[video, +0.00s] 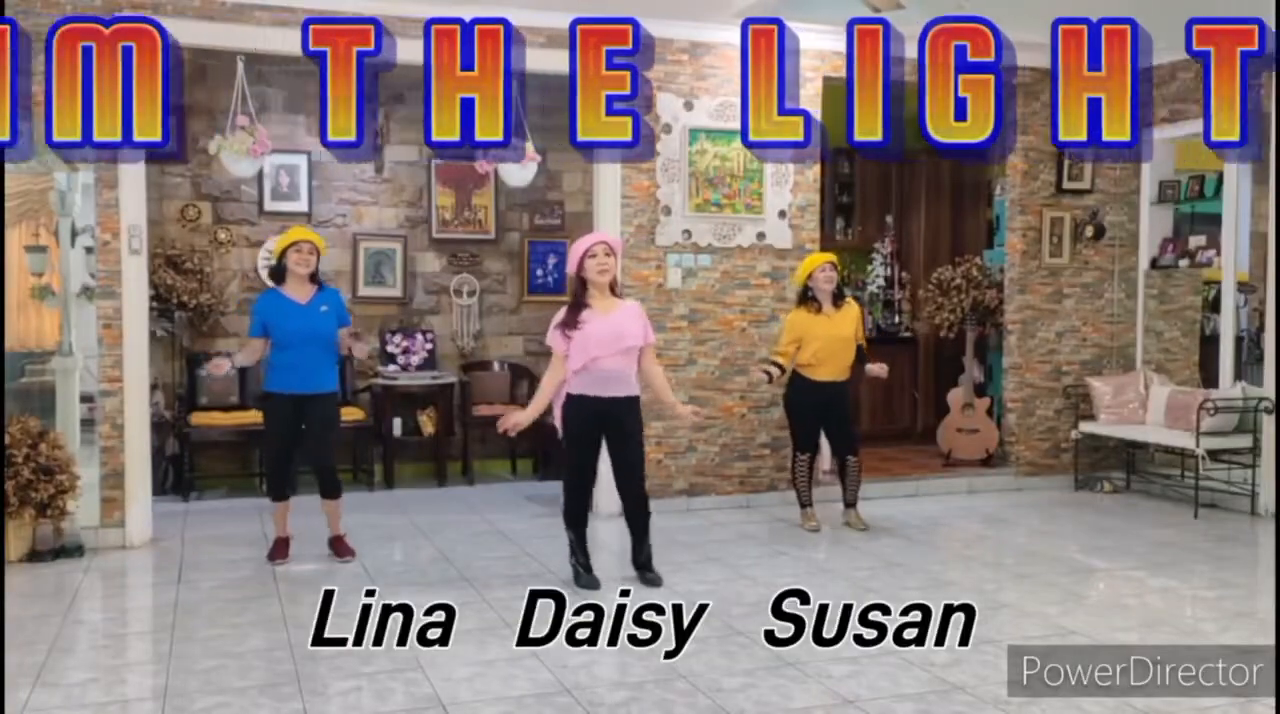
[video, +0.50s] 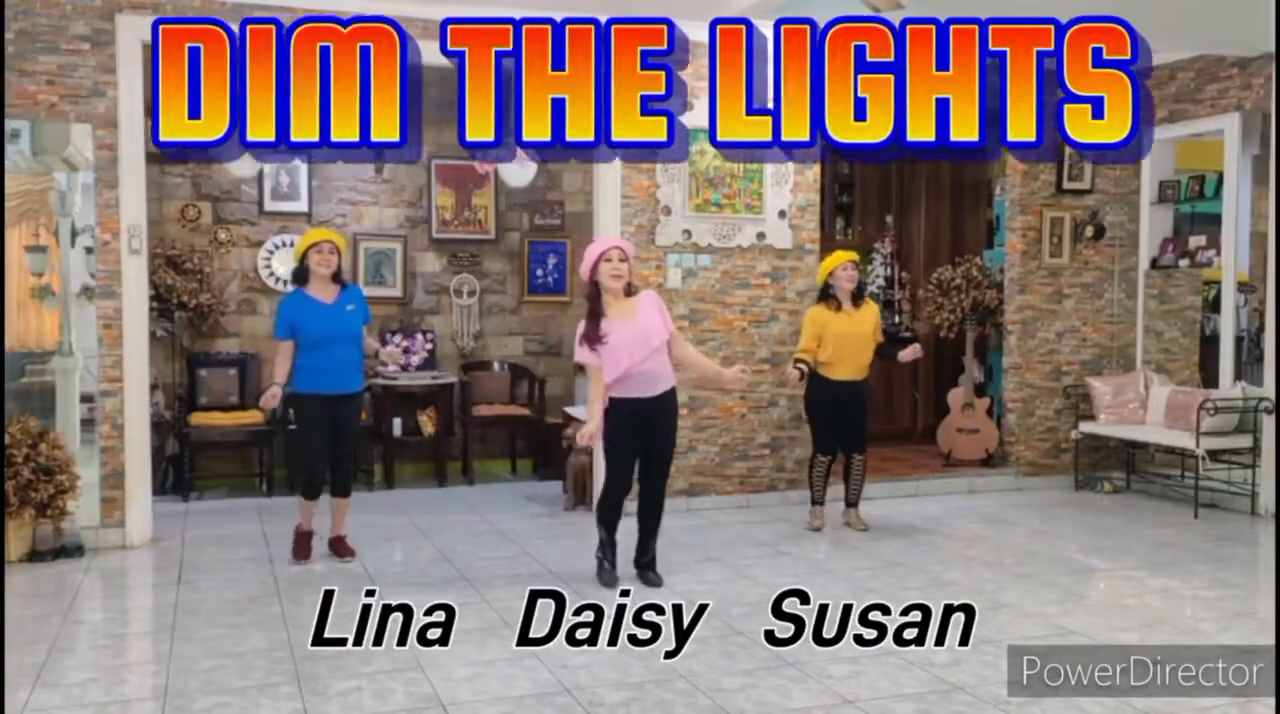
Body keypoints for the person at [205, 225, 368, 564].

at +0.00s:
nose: (304, 257)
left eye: (310, 252)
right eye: (297, 251)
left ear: (318, 260)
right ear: (283, 257)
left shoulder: (332, 298)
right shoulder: (267, 301)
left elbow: (344, 341)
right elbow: (256, 347)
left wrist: (355, 347)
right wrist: (231, 361)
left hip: (323, 395)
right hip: (280, 396)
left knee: (325, 463)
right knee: (278, 465)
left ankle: (337, 535)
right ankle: (281, 537)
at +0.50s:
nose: (325, 257)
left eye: (331, 252)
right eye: (318, 252)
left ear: (339, 259)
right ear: (306, 259)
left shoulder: (354, 296)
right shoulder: (292, 303)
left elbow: (363, 338)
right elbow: (284, 351)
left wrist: (379, 351)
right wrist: (277, 385)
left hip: (348, 395)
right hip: (308, 396)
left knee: (343, 466)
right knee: (312, 467)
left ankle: (338, 535)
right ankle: (304, 531)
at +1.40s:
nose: (302, 256)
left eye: (308, 251)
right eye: (295, 251)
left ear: (316, 259)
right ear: (283, 258)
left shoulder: (324, 303)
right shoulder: (263, 295)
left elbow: (325, 349)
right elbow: (244, 336)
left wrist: (349, 357)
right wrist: (234, 362)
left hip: (309, 396)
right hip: (265, 395)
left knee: (320, 463)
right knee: (265, 465)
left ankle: (335, 534)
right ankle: (267, 538)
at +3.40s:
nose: (308, 254)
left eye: (313, 248)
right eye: (300, 250)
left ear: (323, 256)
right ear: (290, 259)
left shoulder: (336, 298)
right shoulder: (277, 297)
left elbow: (342, 346)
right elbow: (255, 338)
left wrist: (373, 340)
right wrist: (273, 356)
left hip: (329, 394)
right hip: (288, 394)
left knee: (329, 465)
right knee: (281, 466)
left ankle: (331, 536)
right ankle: (259, 538)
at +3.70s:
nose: (290, 255)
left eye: (296, 250)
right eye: (283, 250)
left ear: (306, 259)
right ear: (271, 259)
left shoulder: (313, 304)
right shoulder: (255, 294)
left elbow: (314, 353)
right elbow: (211, 325)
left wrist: (341, 355)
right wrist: (223, 360)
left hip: (298, 397)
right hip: (255, 395)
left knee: (311, 465)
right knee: (254, 469)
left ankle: (323, 537)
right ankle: (255, 541)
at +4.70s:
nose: (279, 256)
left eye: (286, 250)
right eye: (273, 251)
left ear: (300, 258)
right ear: (264, 259)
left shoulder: (321, 294)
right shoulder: (257, 303)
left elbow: (340, 337)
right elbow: (252, 353)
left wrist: (322, 355)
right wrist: (218, 348)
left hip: (309, 395)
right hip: (266, 395)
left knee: (313, 462)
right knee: (261, 465)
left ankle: (327, 537)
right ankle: (254, 541)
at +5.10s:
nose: (302, 257)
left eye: (309, 251)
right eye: (296, 251)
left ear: (320, 258)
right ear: (285, 260)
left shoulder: (342, 290)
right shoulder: (277, 305)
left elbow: (364, 328)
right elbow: (272, 351)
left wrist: (367, 347)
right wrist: (266, 364)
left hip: (335, 394)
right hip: (290, 394)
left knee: (331, 465)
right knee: (285, 463)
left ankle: (330, 537)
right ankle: (289, 532)